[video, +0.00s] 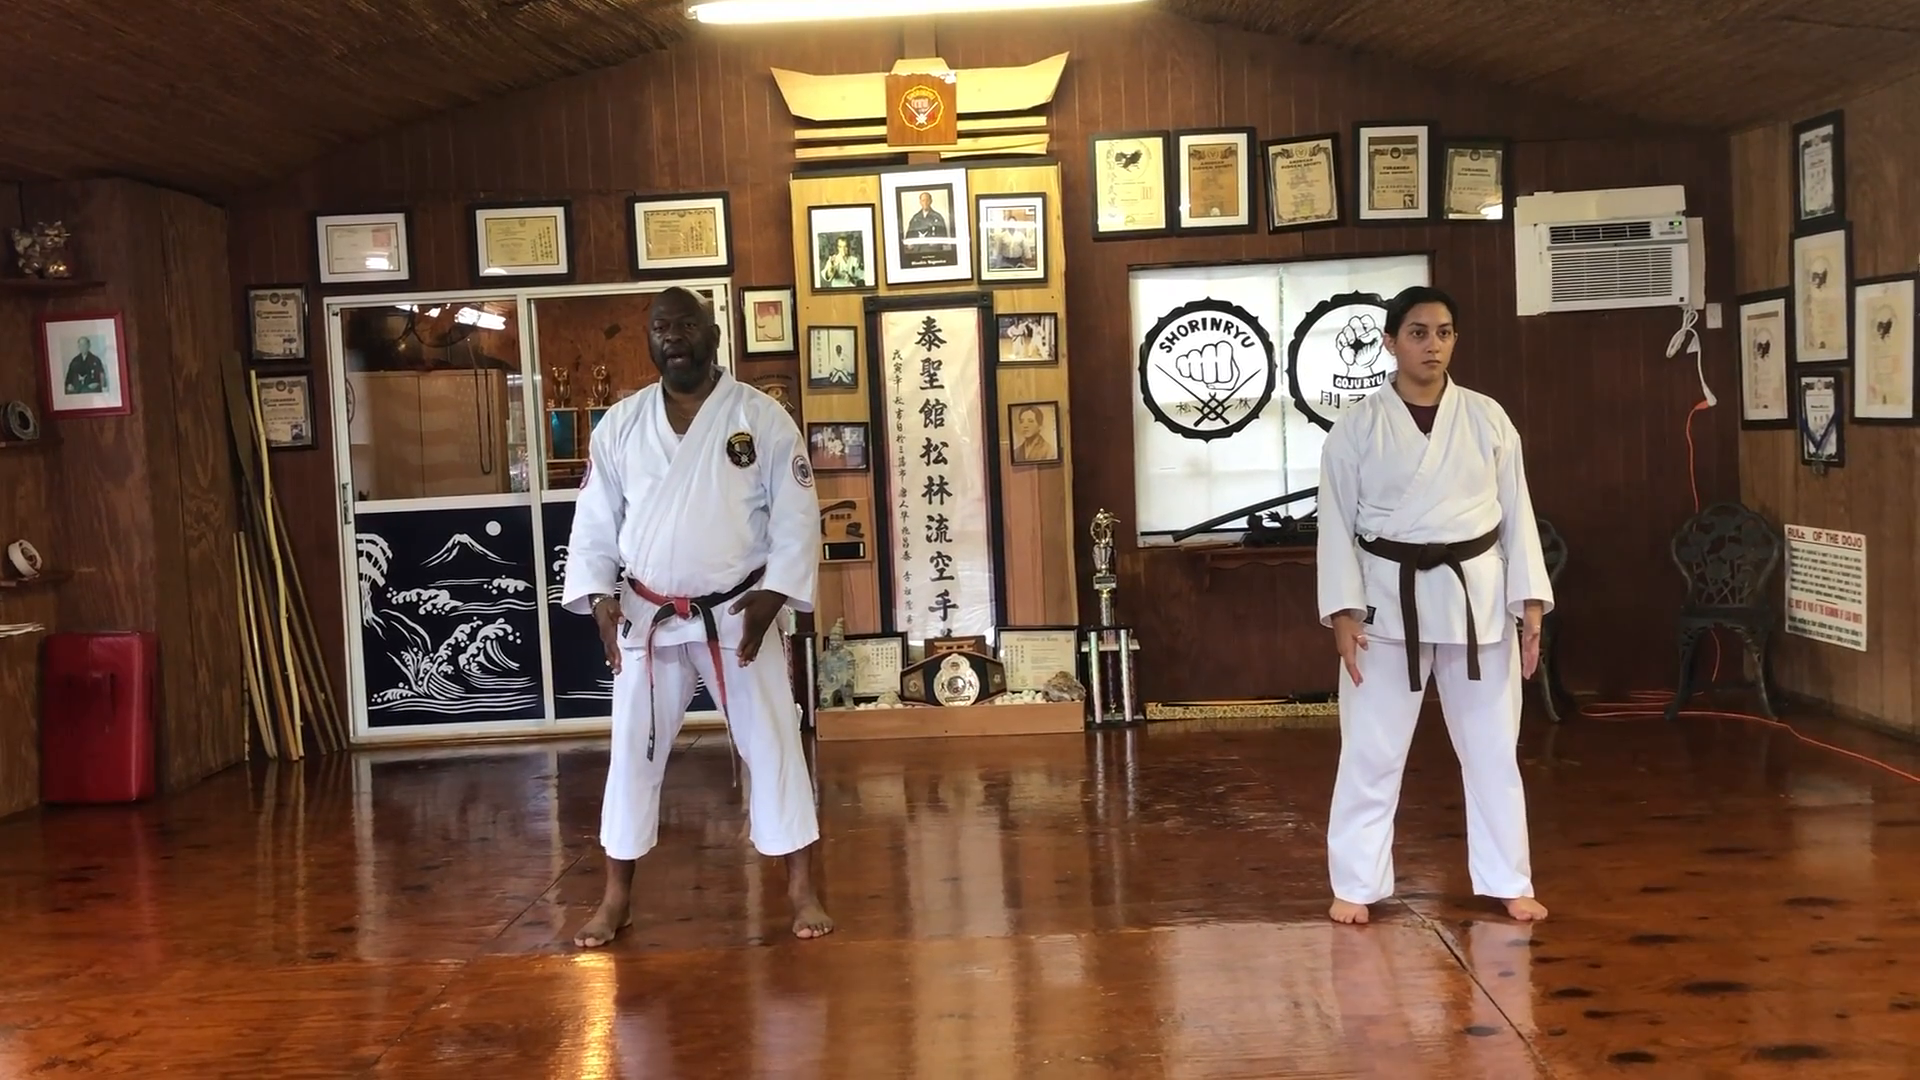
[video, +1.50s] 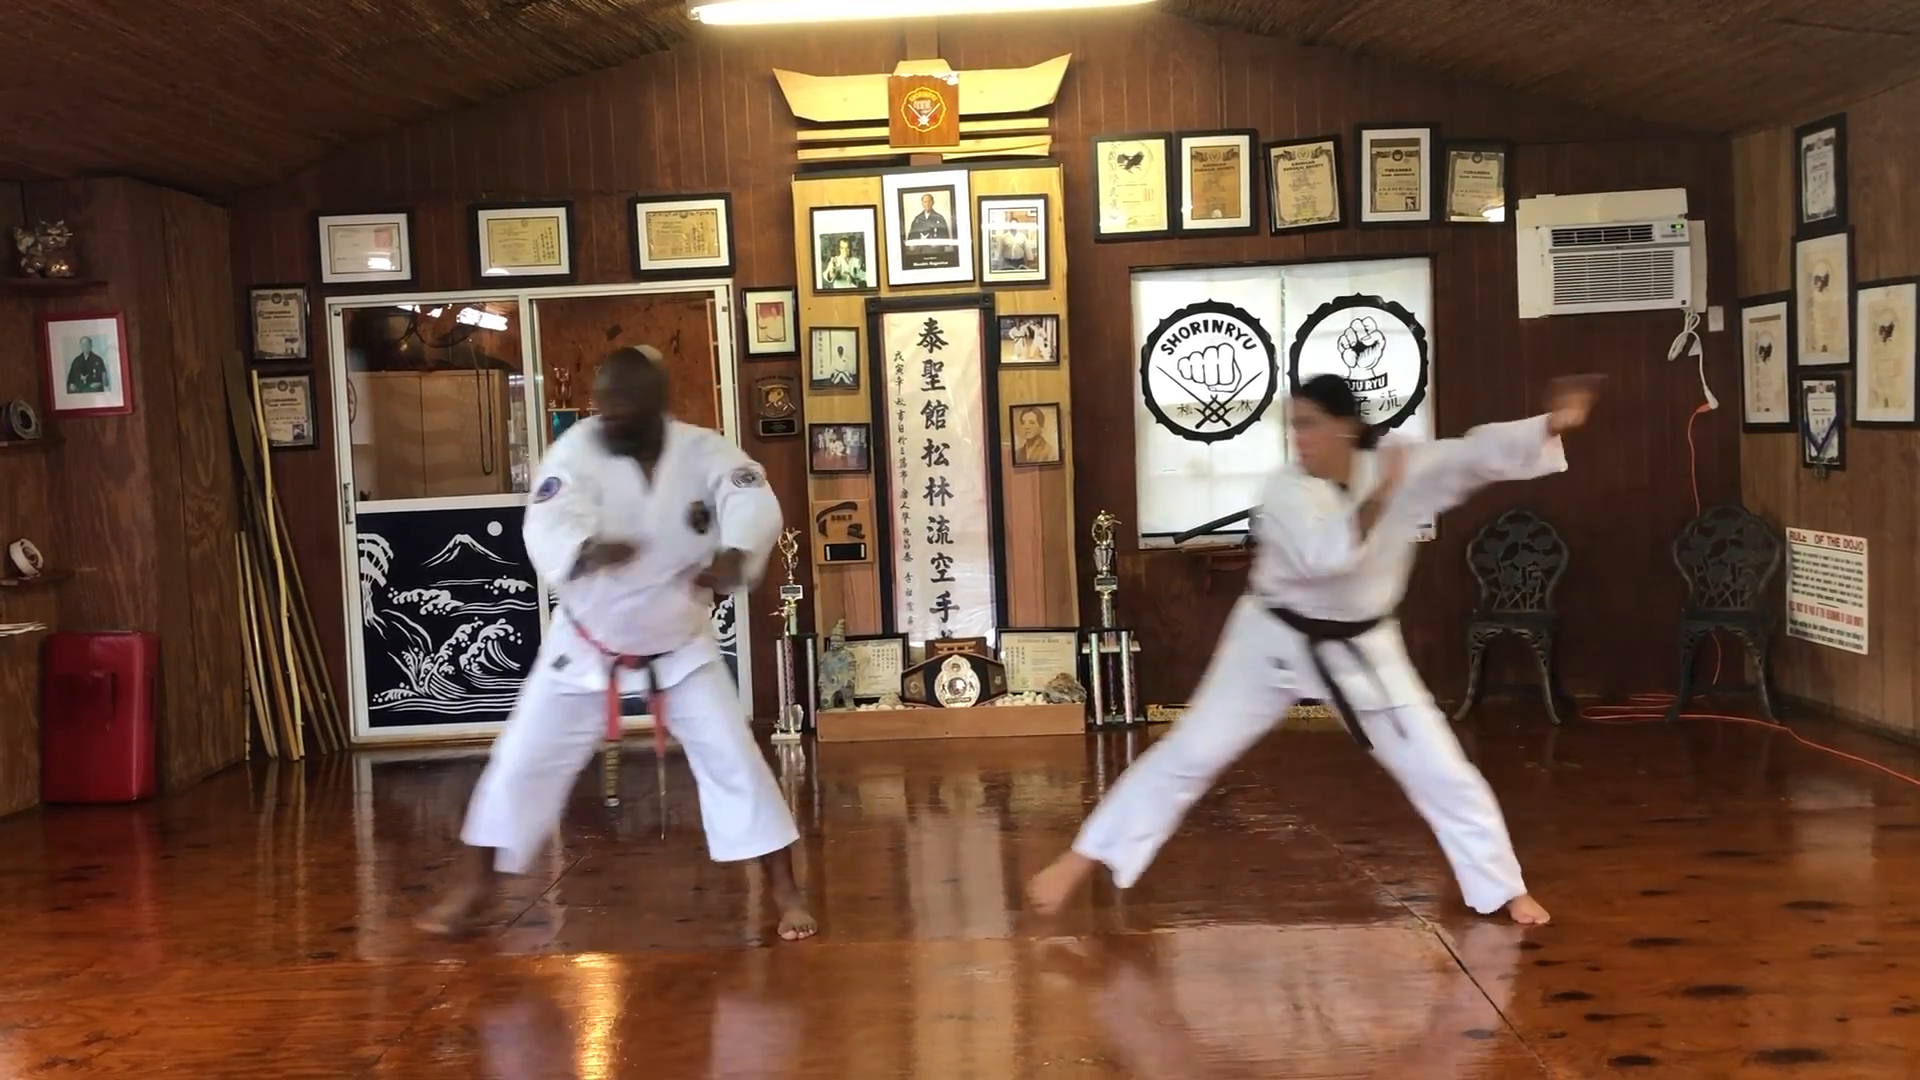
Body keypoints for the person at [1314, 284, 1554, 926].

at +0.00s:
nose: (1433, 344)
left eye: (1444, 332)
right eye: (1419, 332)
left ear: (1455, 343)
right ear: (1391, 342)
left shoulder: (1488, 418)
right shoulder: (1356, 425)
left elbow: (1517, 516)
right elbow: (1335, 522)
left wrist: (1530, 603)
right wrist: (1341, 607)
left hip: (1479, 601)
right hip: (1386, 602)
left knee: (1493, 753)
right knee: (1371, 754)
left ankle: (1510, 884)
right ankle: (1354, 889)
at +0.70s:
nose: (1441, 347)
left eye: (1451, 335)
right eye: (1426, 336)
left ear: (1463, 346)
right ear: (1399, 348)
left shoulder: (1496, 418)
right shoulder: (1368, 424)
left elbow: (1542, 504)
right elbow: (1329, 519)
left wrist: (1529, 578)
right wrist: (1381, 584)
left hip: (1481, 594)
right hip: (1388, 594)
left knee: (1499, 750)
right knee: (1374, 752)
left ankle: (1510, 889)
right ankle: (1357, 891)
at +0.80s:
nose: (1451, 352)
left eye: (1460, 341)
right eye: (1436, 342)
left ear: (1473, 354)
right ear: (1407, 356)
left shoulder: (1503, 406)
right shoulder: (1372, 415)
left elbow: (1588, 431)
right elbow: (1369, 443)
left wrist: (1564, 454)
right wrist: (1421, 462)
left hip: (1470, 585)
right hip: (1380, 586)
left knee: (1490, 732)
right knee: (1371, 735)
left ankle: (1512, 878)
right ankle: (1349, 881)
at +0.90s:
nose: (1457, 386)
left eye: (1467, 374)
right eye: (1445, 376)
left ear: (1481, 385)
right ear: (1420, 386)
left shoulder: (1498, 434)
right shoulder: (1389, 446)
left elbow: (1539, 403)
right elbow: (1394, 419)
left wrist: (1577, 348)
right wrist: (1423, 366)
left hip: (1471, 590)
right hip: (1380, 590)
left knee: (1486, 732)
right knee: (1371, 735)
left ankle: (1509, 881)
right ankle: (1348, 881)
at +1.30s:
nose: (1407, 419)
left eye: (1421, 403)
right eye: (1398, 410)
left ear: (1456, 408)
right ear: (1390, 417)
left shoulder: (1486, 453)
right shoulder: (1383, 462)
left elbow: (1550, 443)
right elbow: (1364, 476)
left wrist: (1540, 400)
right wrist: (1368, 425)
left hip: (1438, 615)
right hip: (1350, 607)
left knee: (1481, 746)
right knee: (1326, 735)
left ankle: (1508, 882)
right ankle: (1270, 866)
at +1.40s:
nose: (1367, 437)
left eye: (1380, 423)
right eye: (1361, 426)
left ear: (1421, 423)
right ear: (1356, 432)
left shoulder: (1467, 470)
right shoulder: (1354, 478)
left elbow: (1562, 446)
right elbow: (1330, 539)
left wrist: (1505, 440)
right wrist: (1335, 476)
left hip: (1416, 639)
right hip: (1328, 625)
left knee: (1479, 768)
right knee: (1265, 751)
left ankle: (1504, 893)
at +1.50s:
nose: (1297, 438)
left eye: (1309, 425)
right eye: (1293, 425)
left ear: (1348, 427)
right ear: (1297, 432)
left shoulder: (1400, 463)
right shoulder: (1285, 493)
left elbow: (1472, 454)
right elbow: (1327, 561)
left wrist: (1547, 427)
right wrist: (1384, 500)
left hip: (1365, 641)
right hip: (1273, 633)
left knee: (1437, 764)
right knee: (1194, 749)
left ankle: (1505, 892)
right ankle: (1081, 858)